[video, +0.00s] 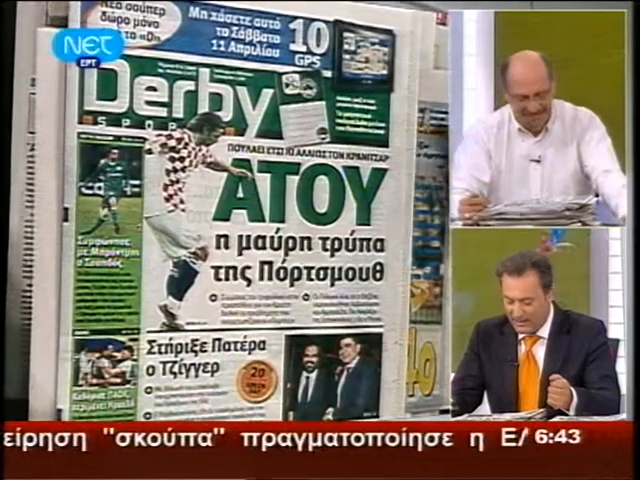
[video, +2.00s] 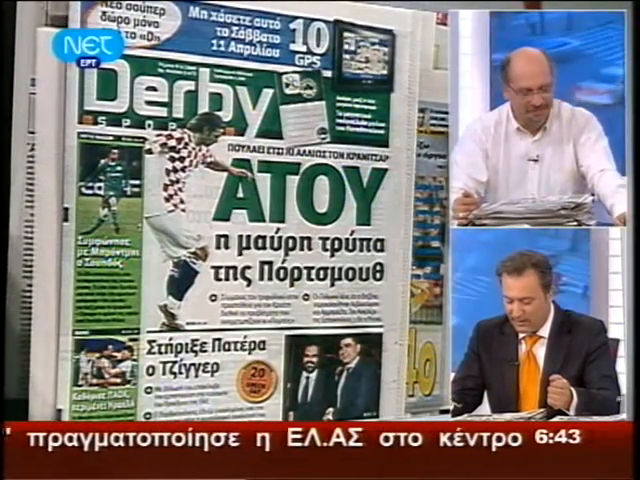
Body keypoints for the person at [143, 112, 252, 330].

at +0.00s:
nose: (215, 141)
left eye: (217, 137)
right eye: (215, 136)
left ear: (207, 132)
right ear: (205, 130)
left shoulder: (199, 149)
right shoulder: (179, 137)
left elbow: (212, 162)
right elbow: (150, 146)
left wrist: (232, 170)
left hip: (165, 208)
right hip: (161, 208)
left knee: (181, 260)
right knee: (200, 250)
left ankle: (171, 316)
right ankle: (172, 304)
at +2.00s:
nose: (215, 141)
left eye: (217, 137)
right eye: (215, 136)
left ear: (206, 132)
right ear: (205, 130)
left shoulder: (199, 149)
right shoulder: (179, 137)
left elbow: (212, 162)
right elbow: (150, 145)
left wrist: (231, 170)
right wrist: (153, 148)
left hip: (166, 209)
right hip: (161, 207)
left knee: (181, 260)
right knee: (200, 251)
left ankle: (171, 317)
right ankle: (172, 304)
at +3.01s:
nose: (215, 141)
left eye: (217, 137)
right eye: (215, 136)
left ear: (206, 132)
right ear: (205, 130)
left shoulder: (199, 149)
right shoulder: (179, 137)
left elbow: (212, 162)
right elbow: (150, 145)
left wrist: (231, 170)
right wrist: (153, 148)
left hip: (167, 209)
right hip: (161, 207)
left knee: (181, 260)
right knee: (200, 251)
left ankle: (171, 317)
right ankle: (172, 304)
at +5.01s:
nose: (215, 141)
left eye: (217, 137)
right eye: (215, 136)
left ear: (207, 132)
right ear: (205, 130)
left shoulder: (199, 150)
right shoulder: (179, 137)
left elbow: (212, 162)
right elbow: (149, 145)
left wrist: (232, 170)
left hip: (165, 209)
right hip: (161, 208)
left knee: (180, 262)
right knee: (200, 251)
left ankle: (171, 317)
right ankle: (172, 304)